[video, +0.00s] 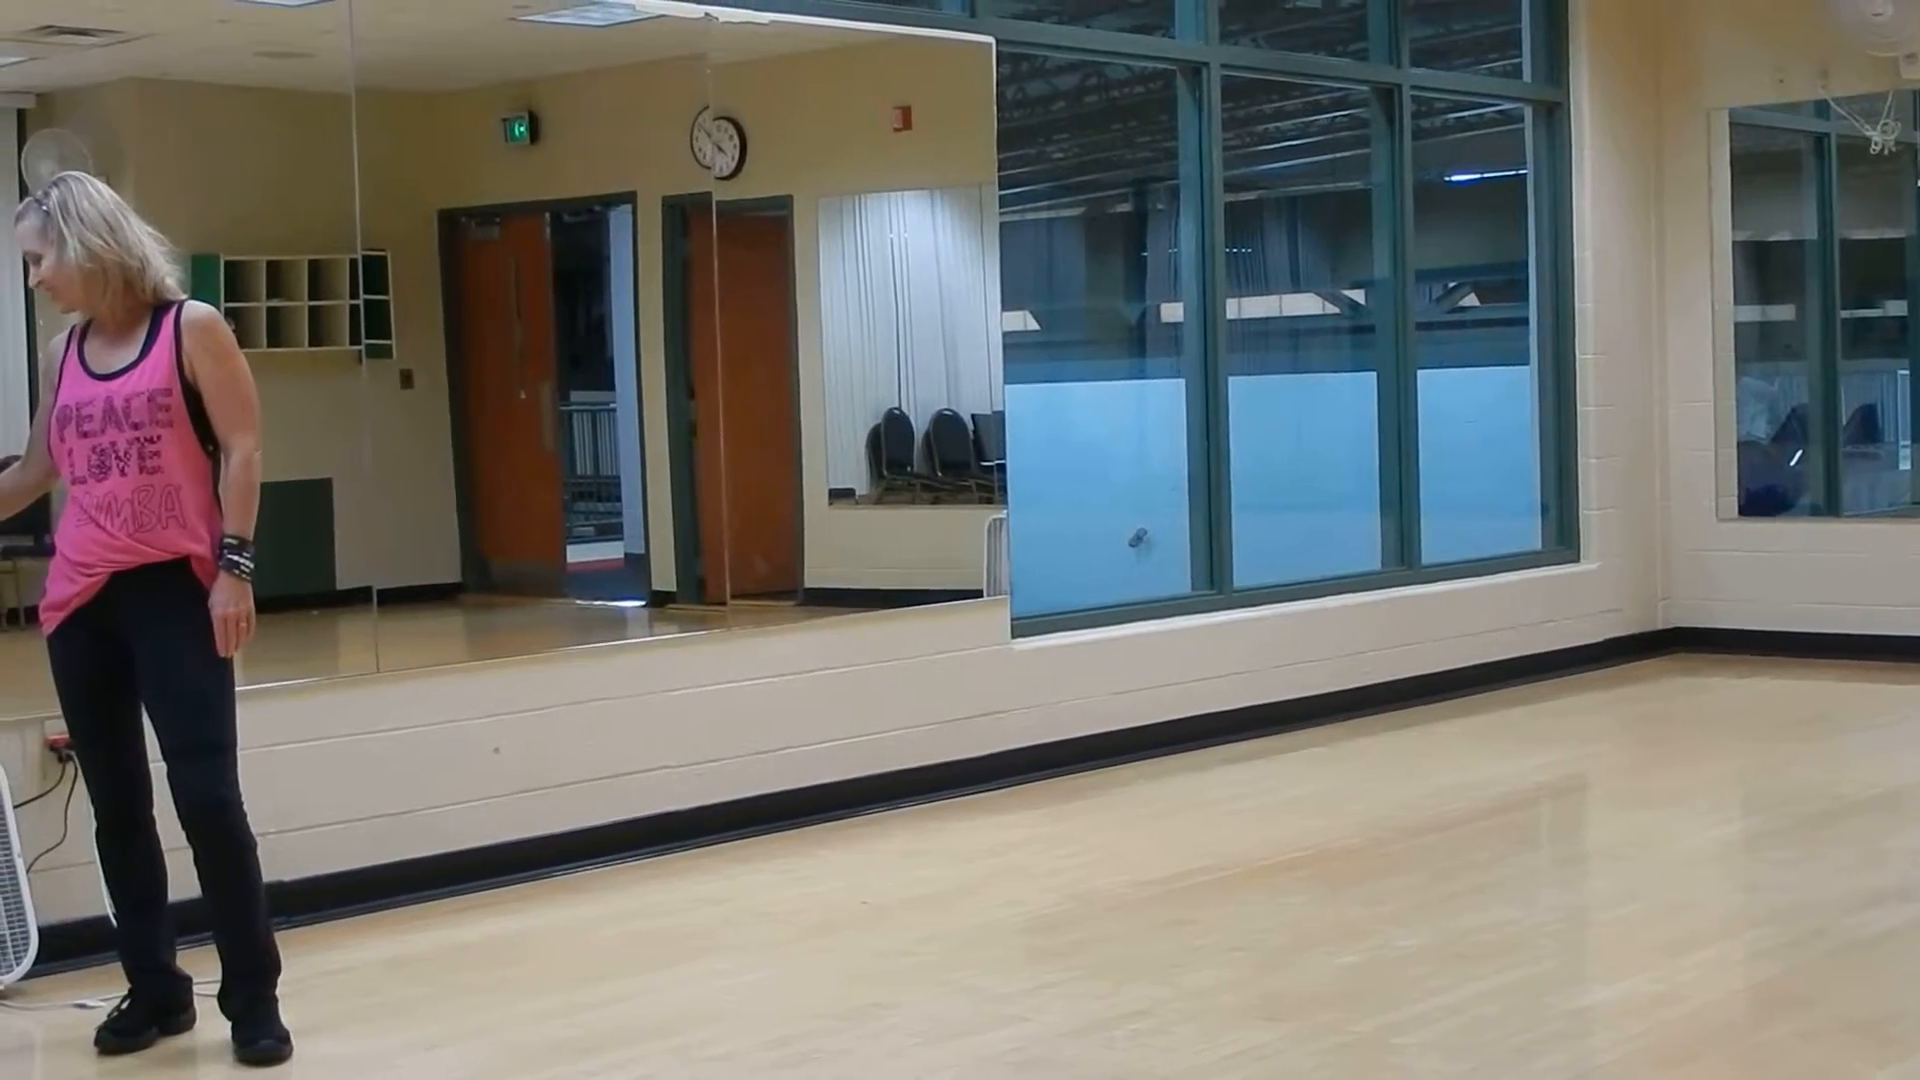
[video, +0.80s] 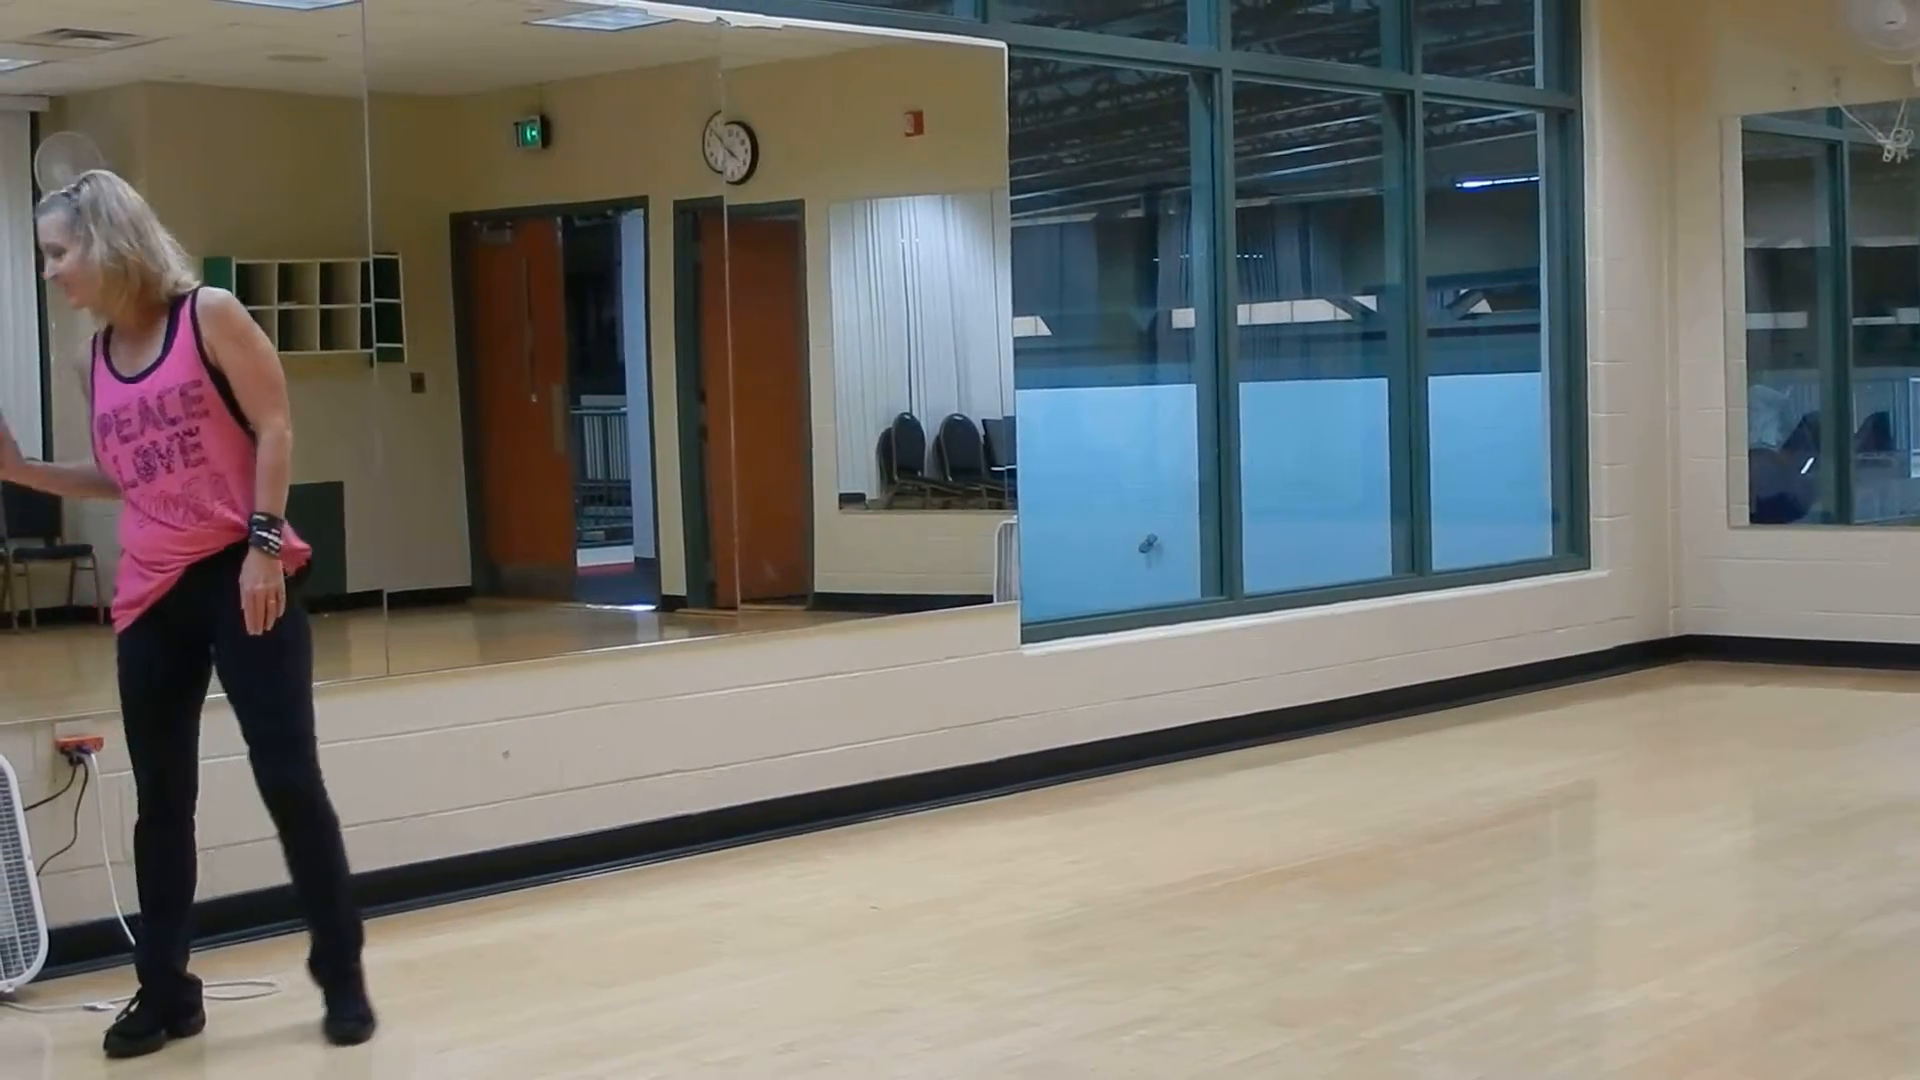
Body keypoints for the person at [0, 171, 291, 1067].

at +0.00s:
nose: (32, 279)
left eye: (39, 258)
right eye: (26, 264)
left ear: (91, 245)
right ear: (68, 260)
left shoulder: (191, 327)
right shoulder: (67, 350)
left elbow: (243, 446)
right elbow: (37, 467)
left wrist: (236, 568)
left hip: (176, 592)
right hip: (81, 602)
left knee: (207, 800)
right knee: (118, 808)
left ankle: (253, 1001)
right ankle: (156, 990)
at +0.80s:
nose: (51, 274)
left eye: (60, 253)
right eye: (45, 258)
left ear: (113, 243)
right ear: (75, 257)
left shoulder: (210, 314)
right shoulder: (100, 356)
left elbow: (275, 424)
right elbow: (122, 481)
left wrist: (266, 545)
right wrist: (22, 470)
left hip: (244, 574)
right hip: (153, 590)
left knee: (289, 781)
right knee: (161, 795)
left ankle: (342, 974)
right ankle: (167, 989)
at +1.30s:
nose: (351, 250)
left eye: (366, 238)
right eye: (334, 239)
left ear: (390, 257)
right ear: (304, 261)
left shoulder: (433, 345)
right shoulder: (285, 374)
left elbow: (478, 457)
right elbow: (243, 483)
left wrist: (511, 559)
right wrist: (174, 502)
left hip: (454, 591)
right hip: (359, 608)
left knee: (474, 786)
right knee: (305, 798)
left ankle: (449, 969)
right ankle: (212, 987)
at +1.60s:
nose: (500, 226)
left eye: (505, 215)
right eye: (478, 215)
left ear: (513, 241)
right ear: (434, 242)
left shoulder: (515, 335)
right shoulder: (415, 344)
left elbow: (542, 447)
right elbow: (387, 471)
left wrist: (579, 549)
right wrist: (403, 581)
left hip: (517, 590)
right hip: (454, 597)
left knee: (477, 788)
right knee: (541, 768)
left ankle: (440, 965)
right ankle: (551, 978)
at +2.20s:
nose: (668, 215)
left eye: (666, 205)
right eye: (646, 207)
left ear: (660, 234)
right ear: (606, 241)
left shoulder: (660, 326)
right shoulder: (607, 335)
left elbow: (669, 456)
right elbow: (618, 459)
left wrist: (693, 559)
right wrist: (687, 565)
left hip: (675, 572)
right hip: (629, 578)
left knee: (748, 732)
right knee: (641, 767)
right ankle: (616, 958)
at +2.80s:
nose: (870, 155)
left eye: (865, 143)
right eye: (854, 145)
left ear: (839, 166)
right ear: (812, 166)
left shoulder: (880, 257)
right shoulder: (776, 266)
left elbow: (940, 350)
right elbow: (756, 386)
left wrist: (1040, 363)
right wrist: (775, 488)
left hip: (886, 483)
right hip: (819, 496)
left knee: (886, 656)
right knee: (877, 655)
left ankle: (880, 823)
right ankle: (788, 806)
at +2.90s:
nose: (892, 138)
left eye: (888, 126)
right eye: (876, 128)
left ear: (860, 148)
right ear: (831, 146)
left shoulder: (894, 242)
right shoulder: (793, 243)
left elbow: (944, 343)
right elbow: (757, 357)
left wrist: (1030, 301)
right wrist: (760, 463)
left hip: (896, 466)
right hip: (826, 478)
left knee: (896, 640)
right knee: (896, 638)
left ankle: (882, 801)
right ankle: (839, 793)